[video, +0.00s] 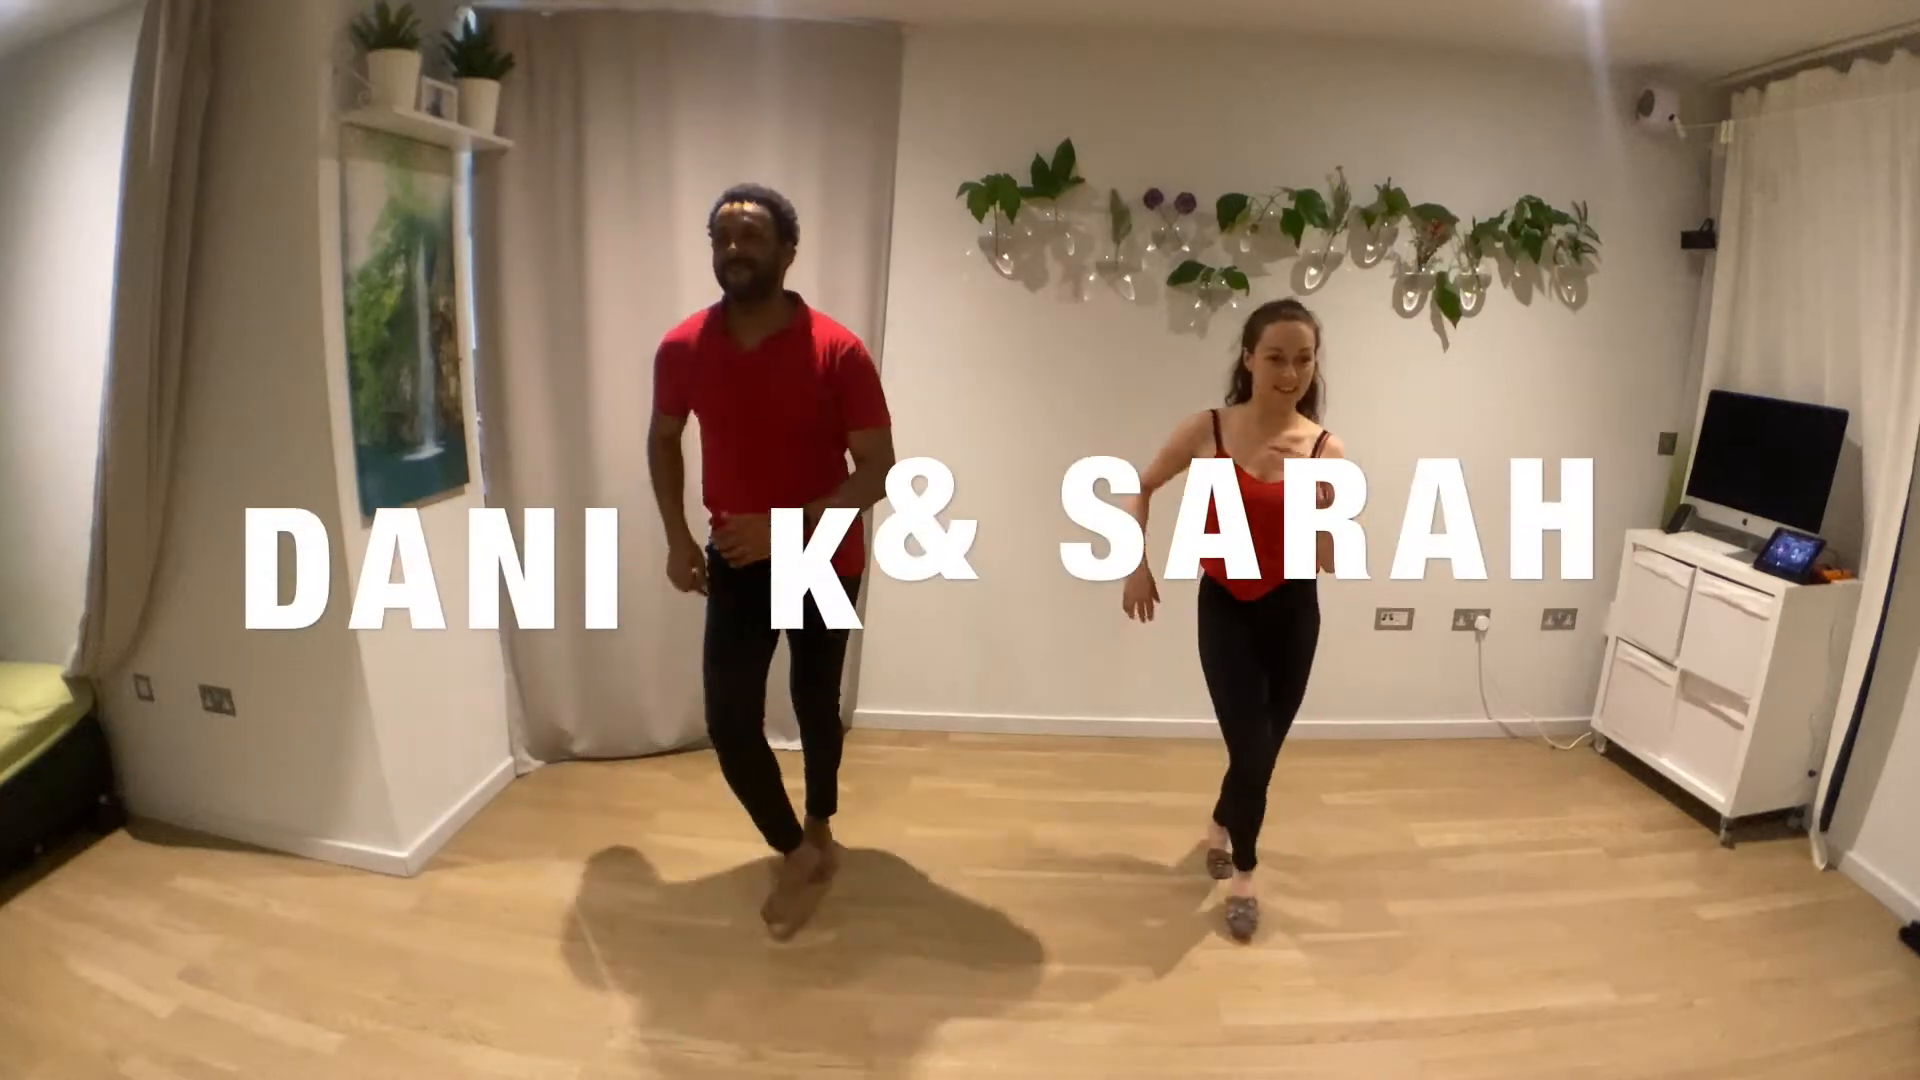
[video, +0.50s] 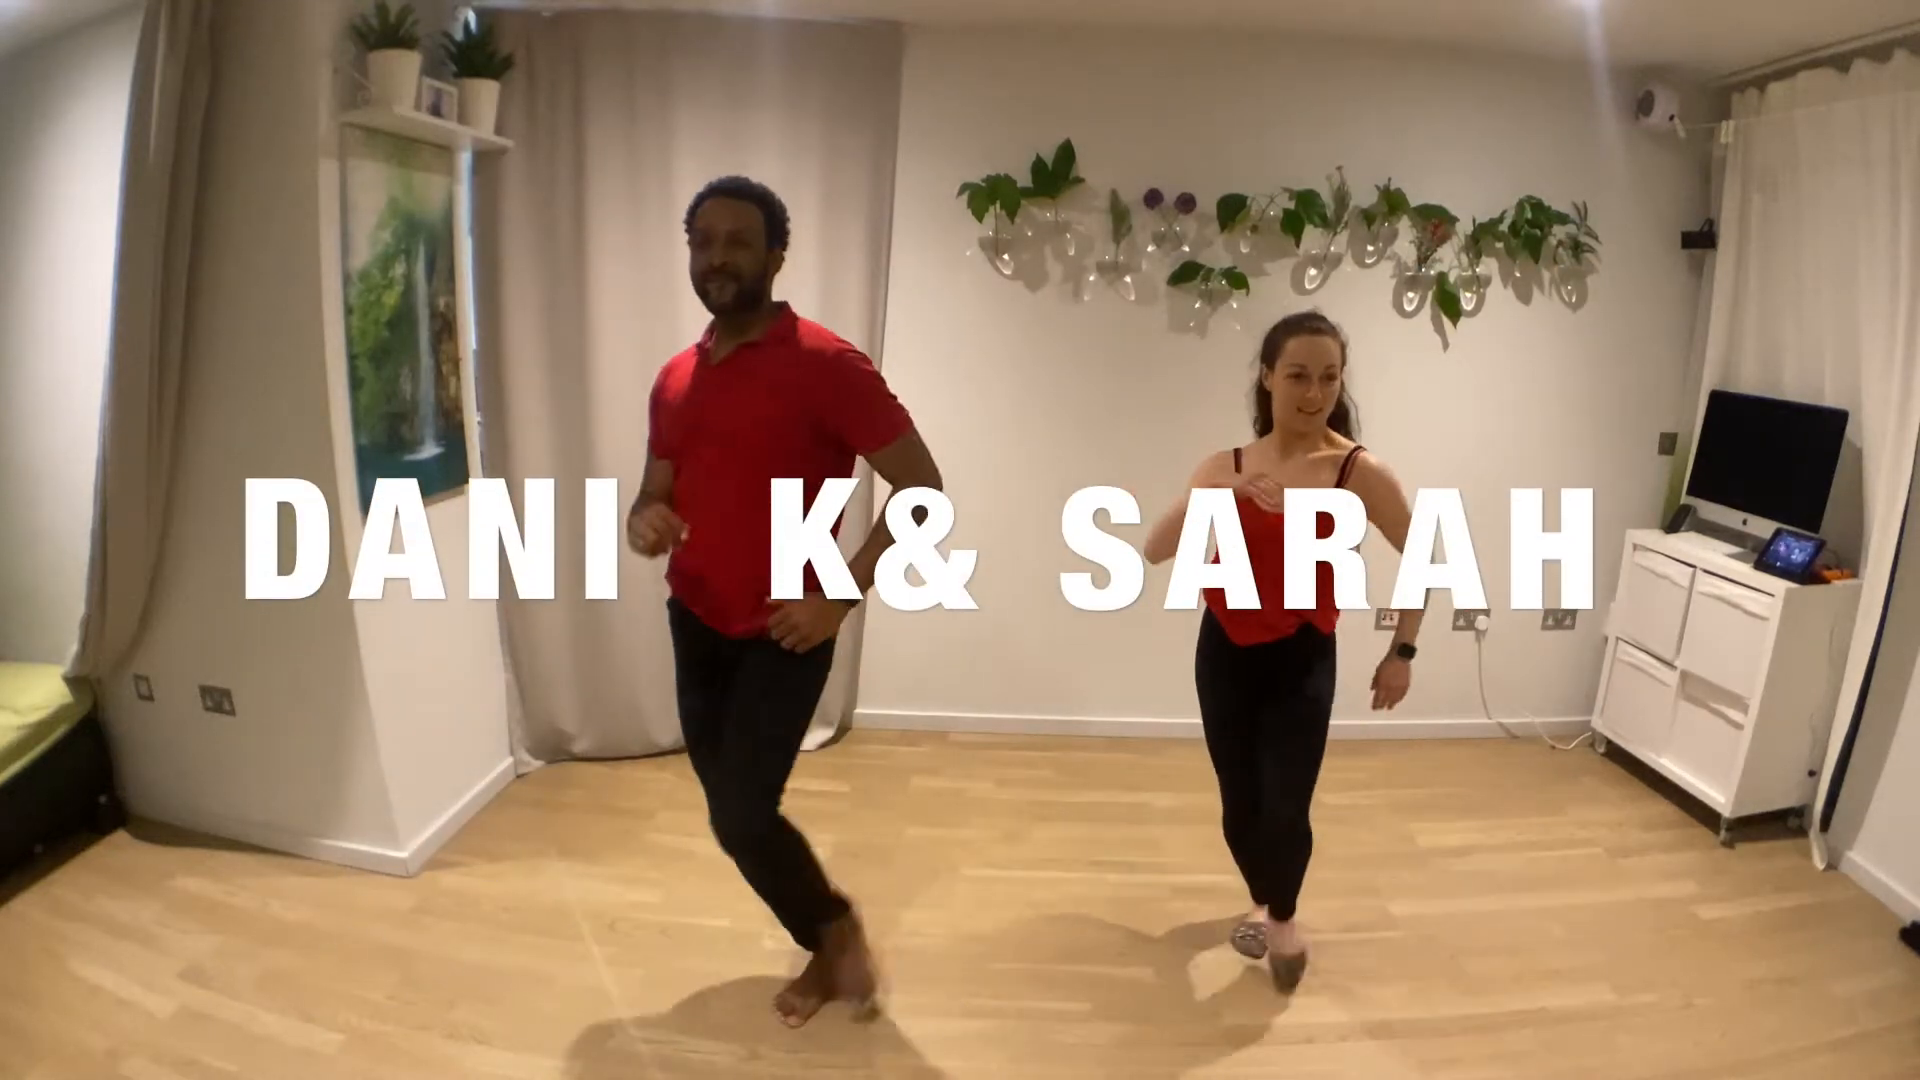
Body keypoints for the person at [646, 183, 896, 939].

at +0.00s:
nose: (731, 247)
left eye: (749, 236)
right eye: (722, 236)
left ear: (788, 250)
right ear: (709, 252)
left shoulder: (835, 351)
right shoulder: (685, 349)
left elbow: (877, 471)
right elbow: (664, 438)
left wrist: (781, 528)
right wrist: (679, 536)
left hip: (826, 552)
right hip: (739, 553)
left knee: (814, 699)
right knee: (730, 722)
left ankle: (818, 832)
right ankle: (798, 854)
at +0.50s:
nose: (716, 260)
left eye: (738, 244)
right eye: (701, 244)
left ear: (776, 255)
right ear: (687, 256)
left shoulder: (828, 366)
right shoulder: (677, 379)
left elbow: (920, 489)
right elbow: (654, 495)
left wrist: (841, 595)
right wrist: (649, 522)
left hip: (789, 630)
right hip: (699, 622)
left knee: (742, 814)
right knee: (734, 815)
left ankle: (836, 929)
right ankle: (825, 941)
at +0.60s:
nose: (706, 261)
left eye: (728, 244)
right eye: (692, 244)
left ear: (767, 255)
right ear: (677, 254)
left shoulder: (825, 370)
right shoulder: (660, 385)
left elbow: (921, 492)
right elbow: (642, 511)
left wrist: (825, 585)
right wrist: (633, 573)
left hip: (775, 637)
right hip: (686, 631)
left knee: (702, 838)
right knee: (724, 819)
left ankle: (751, 1024)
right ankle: (827, 950)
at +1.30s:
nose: (673, 259)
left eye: (694, 240)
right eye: (655, 239)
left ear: (726, 253)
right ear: (631, 253)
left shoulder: (790, 370)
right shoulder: (605, 373)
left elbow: (881, 473)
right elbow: (573, 465)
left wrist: (860, 547)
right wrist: (543, 542)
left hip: (773, 617)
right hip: (676, 613)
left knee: (739, 802)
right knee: (674, 799)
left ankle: (778, 952)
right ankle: (702, 909)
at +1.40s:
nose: (705, 266)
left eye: (722, 247)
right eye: (685, 249)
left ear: (751, 255)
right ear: (660, 262)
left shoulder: (807, 361)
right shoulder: (628, 372)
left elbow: (883, 477)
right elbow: (556, 478)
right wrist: (627, 477)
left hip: (786, 608)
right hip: (685, 605)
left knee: (804, 792)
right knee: (673, 791)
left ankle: (860, 881)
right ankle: (702, 905)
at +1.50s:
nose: (727, 280)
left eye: (745, 260)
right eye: (707, 261)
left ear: (775, 264)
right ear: (687, 269)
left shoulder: (807, 356)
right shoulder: (665, 370)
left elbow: (859, 480)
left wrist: (802, 401)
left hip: (797, 604)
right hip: (702, 607)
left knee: (865, 766)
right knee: (689, 783)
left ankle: (920, 903)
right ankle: (697, 910)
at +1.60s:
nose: (757, 290)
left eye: (773, 271)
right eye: (735, 273)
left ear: (796, 276)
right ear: (706, 282)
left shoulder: (787, 367)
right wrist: (1053, 426)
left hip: (810, 612)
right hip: (724, 616)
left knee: (895, 762)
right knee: (738, 820)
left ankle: (928, 898)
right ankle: (675, 904)